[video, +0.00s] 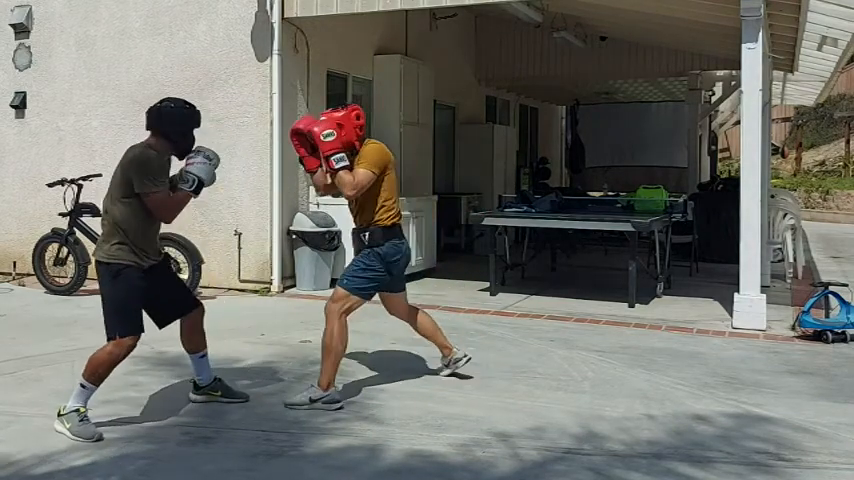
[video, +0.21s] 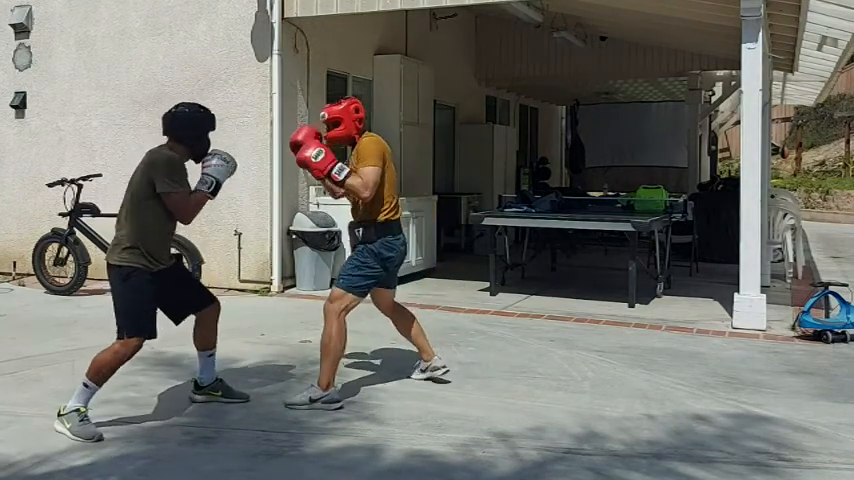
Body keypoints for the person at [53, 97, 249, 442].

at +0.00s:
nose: (193, 135)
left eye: (193, 129)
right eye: (190, 129)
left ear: (159, 128)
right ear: (175, 131)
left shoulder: (154, 159)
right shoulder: (143, 158)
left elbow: (162, 208)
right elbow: (167, 212)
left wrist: (186, 180)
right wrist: (191, 181)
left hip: (149, 260)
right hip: (119, 262)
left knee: (192, 311)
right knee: (125, 339)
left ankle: (204, 381)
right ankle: (72, 409)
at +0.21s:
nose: (210, 140)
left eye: (210, 133)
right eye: (207, 133)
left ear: (176, 132)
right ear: (193, 134)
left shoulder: (172, 163)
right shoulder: (163, 159)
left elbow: (179, 212)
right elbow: (186, 213)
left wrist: (208, 183)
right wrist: (209, 180)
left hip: (159, 262)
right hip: (130, 262)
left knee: (209, 307)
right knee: (132, 339)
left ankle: (206, 381)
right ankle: (73, 409)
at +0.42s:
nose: (220, 137)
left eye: (220, 131)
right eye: (216, 131)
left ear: (196, 133)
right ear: (200, 133)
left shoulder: (205, 158)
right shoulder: (172, 155)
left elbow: (246, 165)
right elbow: (198, 202)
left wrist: (278, 154)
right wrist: (224, 172)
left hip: (163, 255)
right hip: (128, 252)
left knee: (206, 307)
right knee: (113, 327)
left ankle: (207, 381)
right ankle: (57, 400)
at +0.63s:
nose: (193, 148)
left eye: (192, 142)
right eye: (188, 143)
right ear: (174, 148)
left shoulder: (183, 175)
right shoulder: (142, 177)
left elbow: (203, 215)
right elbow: (179, 224)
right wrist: (198, 187)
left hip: (163, 269)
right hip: (123, 270)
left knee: (215, 310)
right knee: (91, 343)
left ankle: (207, 381)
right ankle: (25, 406)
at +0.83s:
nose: (151, 165)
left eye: (149, 158)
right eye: (144, 161)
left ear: (131, 167)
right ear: (124, 171)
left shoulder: (147, 187)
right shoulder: (95, 200)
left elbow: (167, 226)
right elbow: (135, 245)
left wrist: (175, 246)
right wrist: (158, 205)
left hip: (145, 277)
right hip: (103, 281)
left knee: (205, 315)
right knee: (84, 347)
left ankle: (207, 382)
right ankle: (23, 410)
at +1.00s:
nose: (134, 156)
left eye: (132, 150)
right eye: (126, 152)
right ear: (106, 161)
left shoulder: (136, 175)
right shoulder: (77, 191)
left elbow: (158, 201)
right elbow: (110, 238)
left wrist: (164, 237)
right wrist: (138, 199)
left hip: (139, 271)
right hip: (95, 276)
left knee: (196, 314)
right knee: (79, 342)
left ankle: (206, 382)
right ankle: (22, 411)